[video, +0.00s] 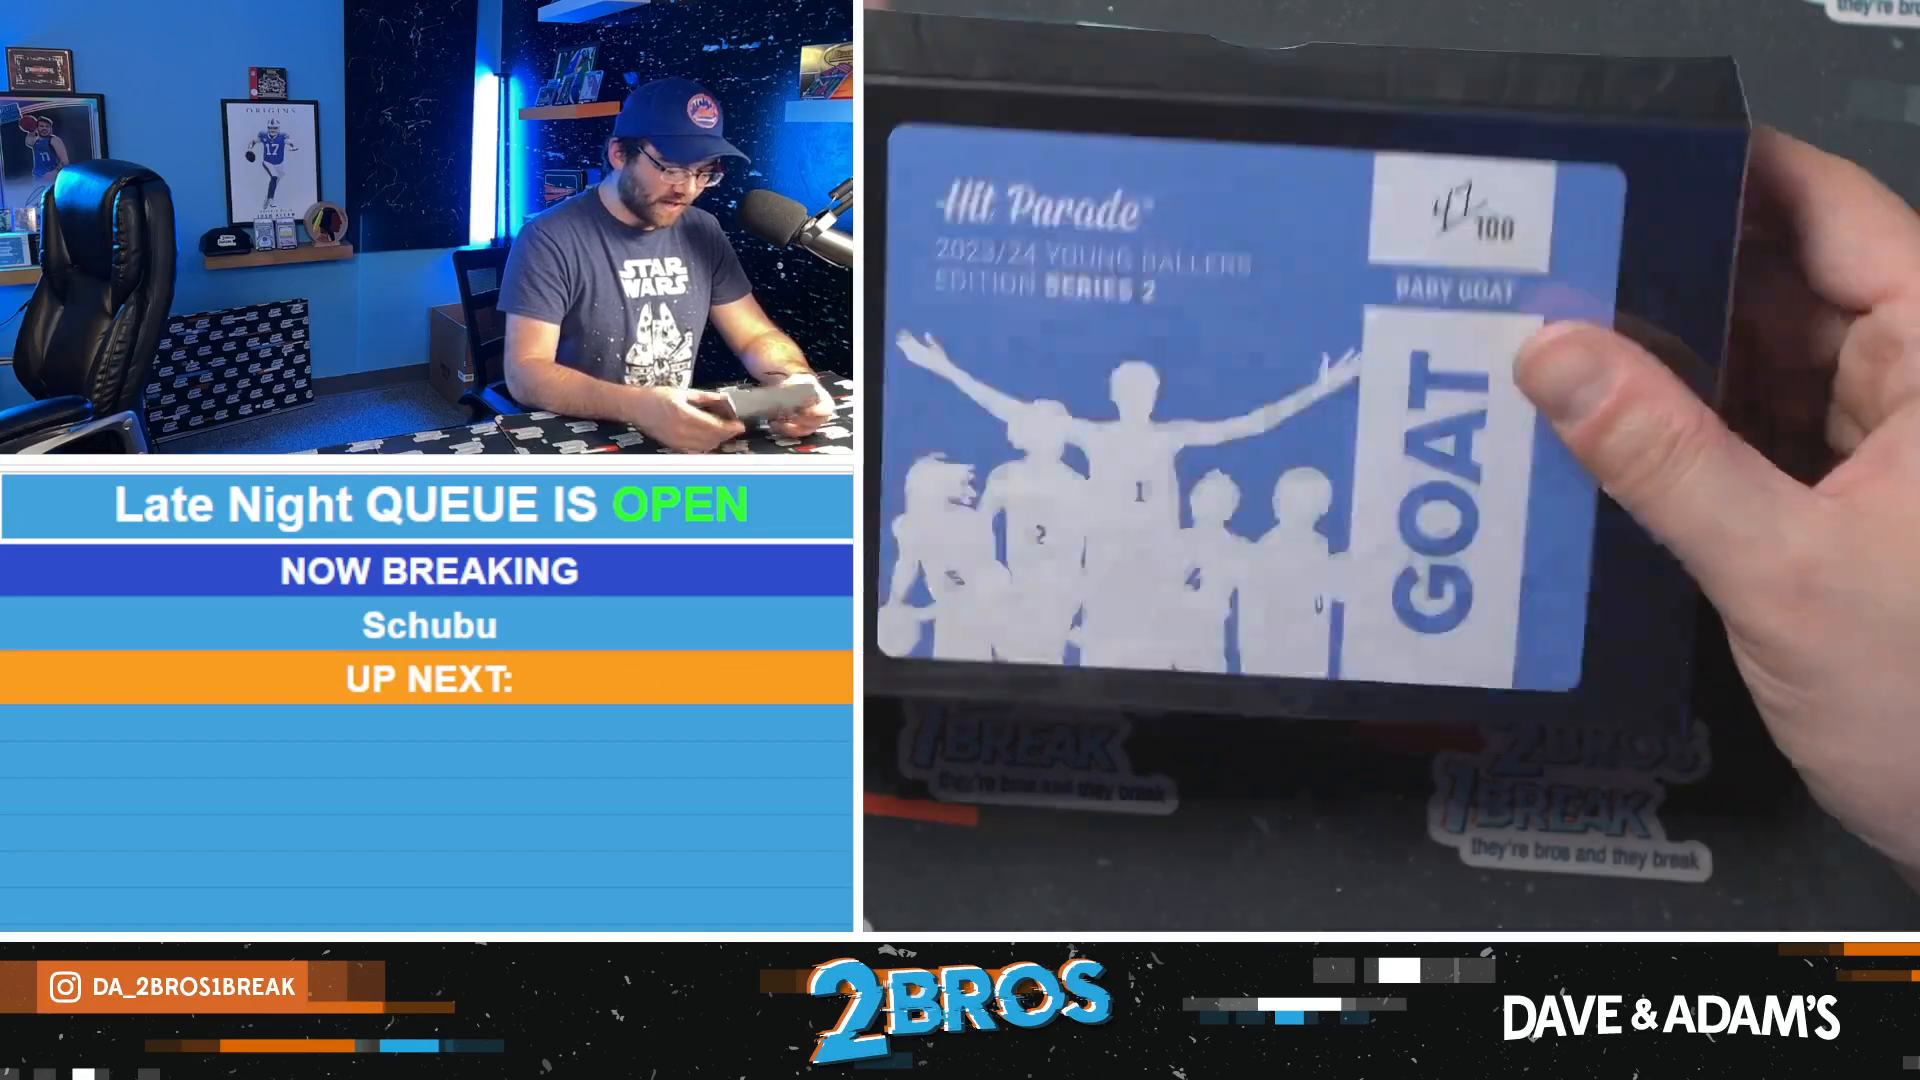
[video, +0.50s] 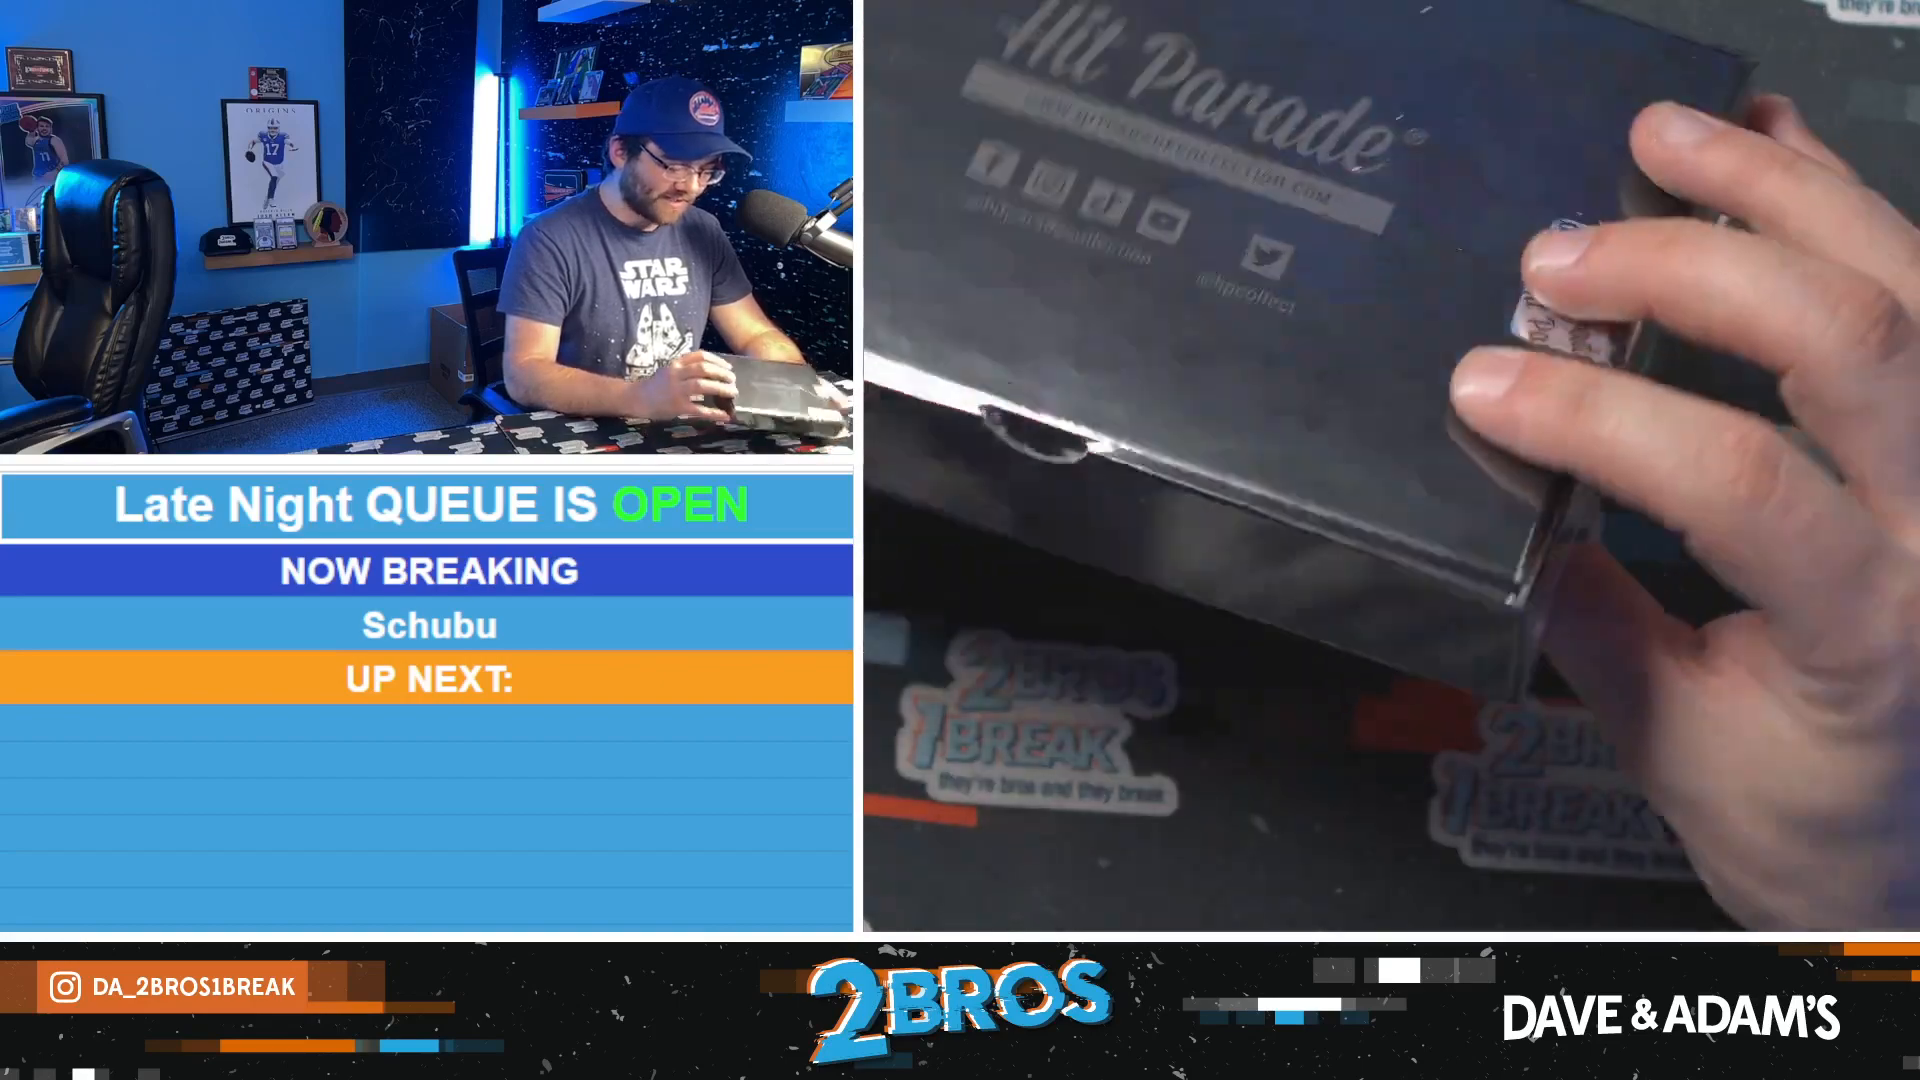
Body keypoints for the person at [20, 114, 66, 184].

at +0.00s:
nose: (44, 128)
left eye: (47, 126)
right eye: (41, 126)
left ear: (51, 129)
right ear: (37, 128)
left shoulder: (54, 140)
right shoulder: (35, 140)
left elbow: (64, 161)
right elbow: (28, 142)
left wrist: (54, 173)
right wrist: (31, 133)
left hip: (50, 177)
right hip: (37, 176)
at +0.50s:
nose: (44, 128)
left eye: (47, 126)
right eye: (41, 126)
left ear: (51, 128)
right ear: (37, 128)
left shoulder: (54, 140)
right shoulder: (35, 140)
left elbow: (64, 160)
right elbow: (28, 142)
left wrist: (54, 173)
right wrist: (31, 133)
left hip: (50, 177)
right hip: (37, 176)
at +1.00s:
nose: (44, 128)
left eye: (47, 126)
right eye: (41, 126)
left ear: (51, 129)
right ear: (37, 128)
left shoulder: (54, 140)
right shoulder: (35, 140)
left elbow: (64, 161)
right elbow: (28, 142)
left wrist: (54, 173)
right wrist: (31, 133)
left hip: (50, 177)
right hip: (37, 176)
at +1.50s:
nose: (44, 128)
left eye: (47, 126)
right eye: (41, 126)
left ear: (51, 128)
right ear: (37, 128)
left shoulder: (54, 140)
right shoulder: (35, 140)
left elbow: (64, 160)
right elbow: (28, 142)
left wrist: (54, 173)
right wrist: (31, 133)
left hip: (50, 177)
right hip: (37, 176)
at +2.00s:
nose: (44, 128)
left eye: (46, 126)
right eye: (41, 126)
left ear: (51, 128)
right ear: (37, 128)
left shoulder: (54, 140)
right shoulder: (35, 140)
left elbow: (64, 160)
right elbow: (28, 141)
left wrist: (54, 172)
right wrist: (31, 133)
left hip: (50, 176)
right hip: (37, 176)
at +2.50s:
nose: (44, 128)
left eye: (47, 126)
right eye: (41, 126)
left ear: (50, 128)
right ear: (37, 128)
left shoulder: (54, 140)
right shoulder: (35, 140)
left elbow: (64, 160)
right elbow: (28, 141)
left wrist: (53, 173)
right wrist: (30, 132)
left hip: (50, 177)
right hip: (37, 176)